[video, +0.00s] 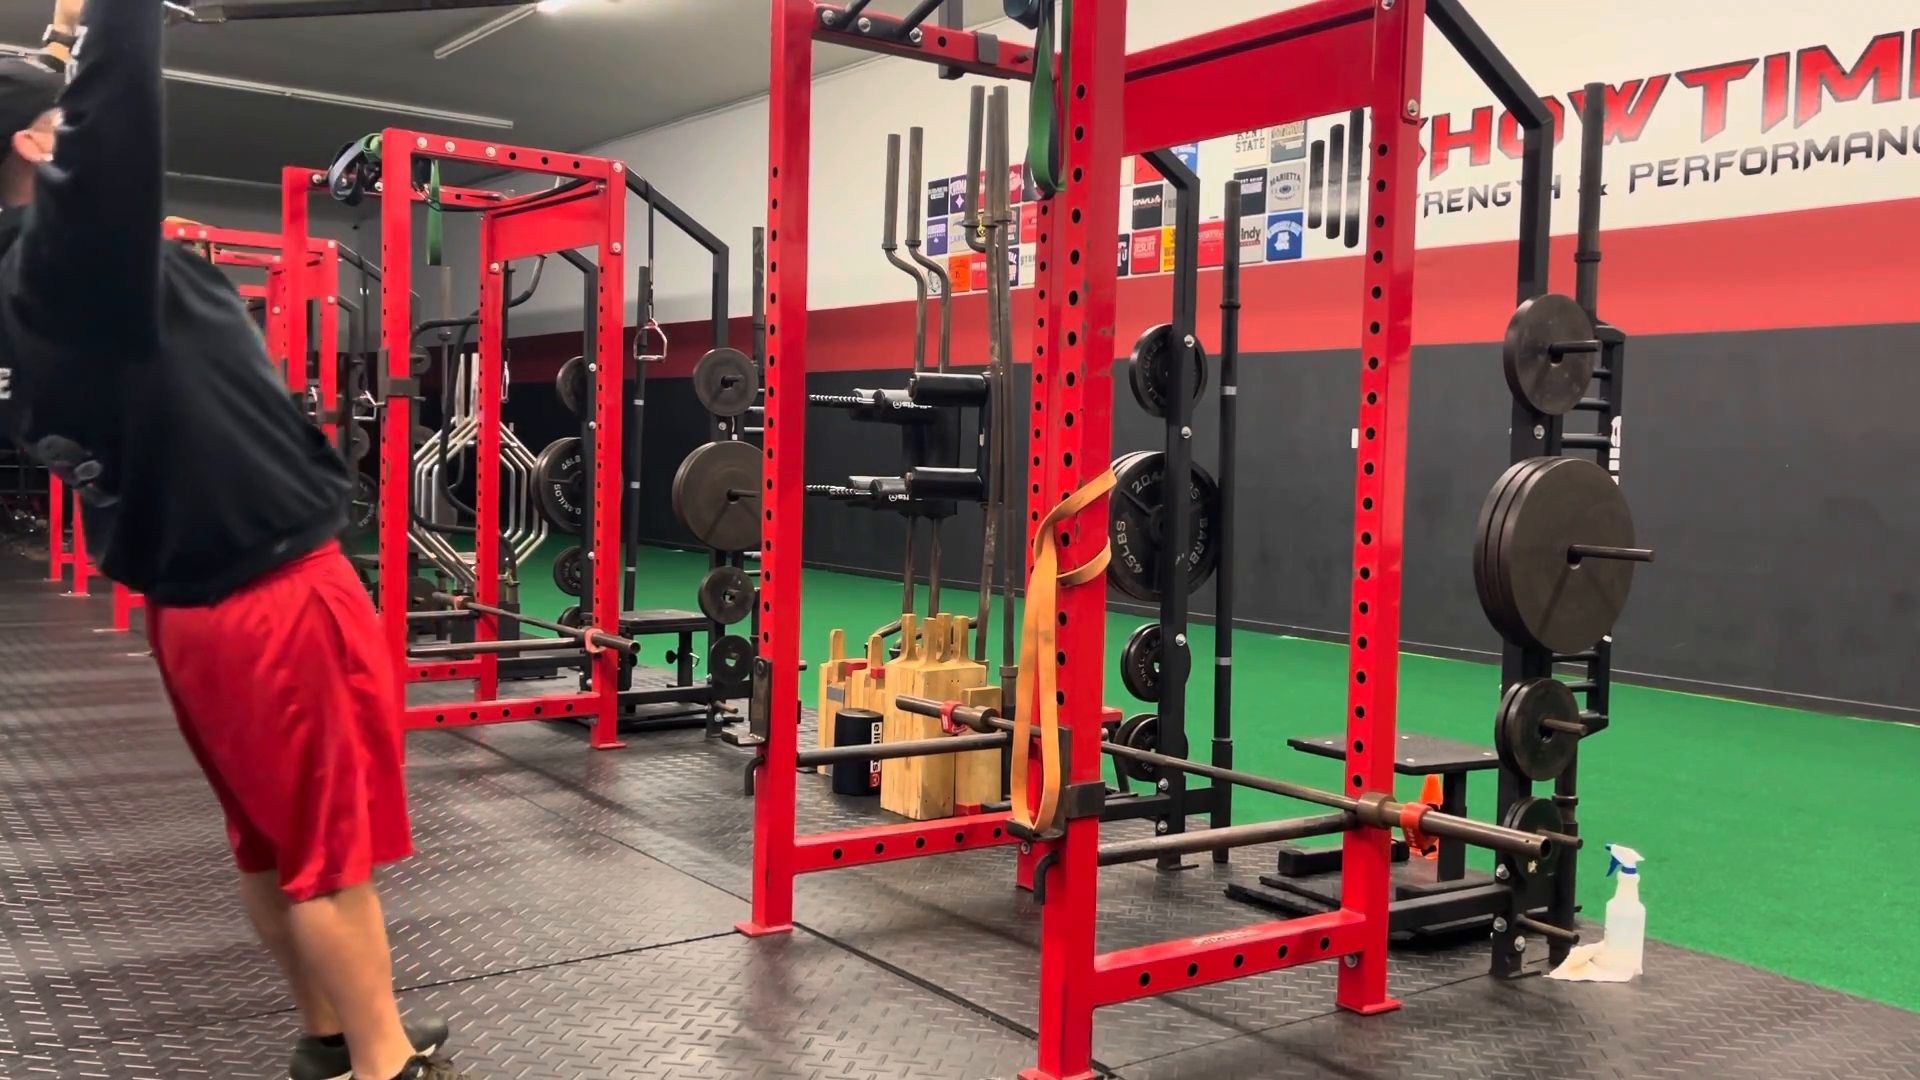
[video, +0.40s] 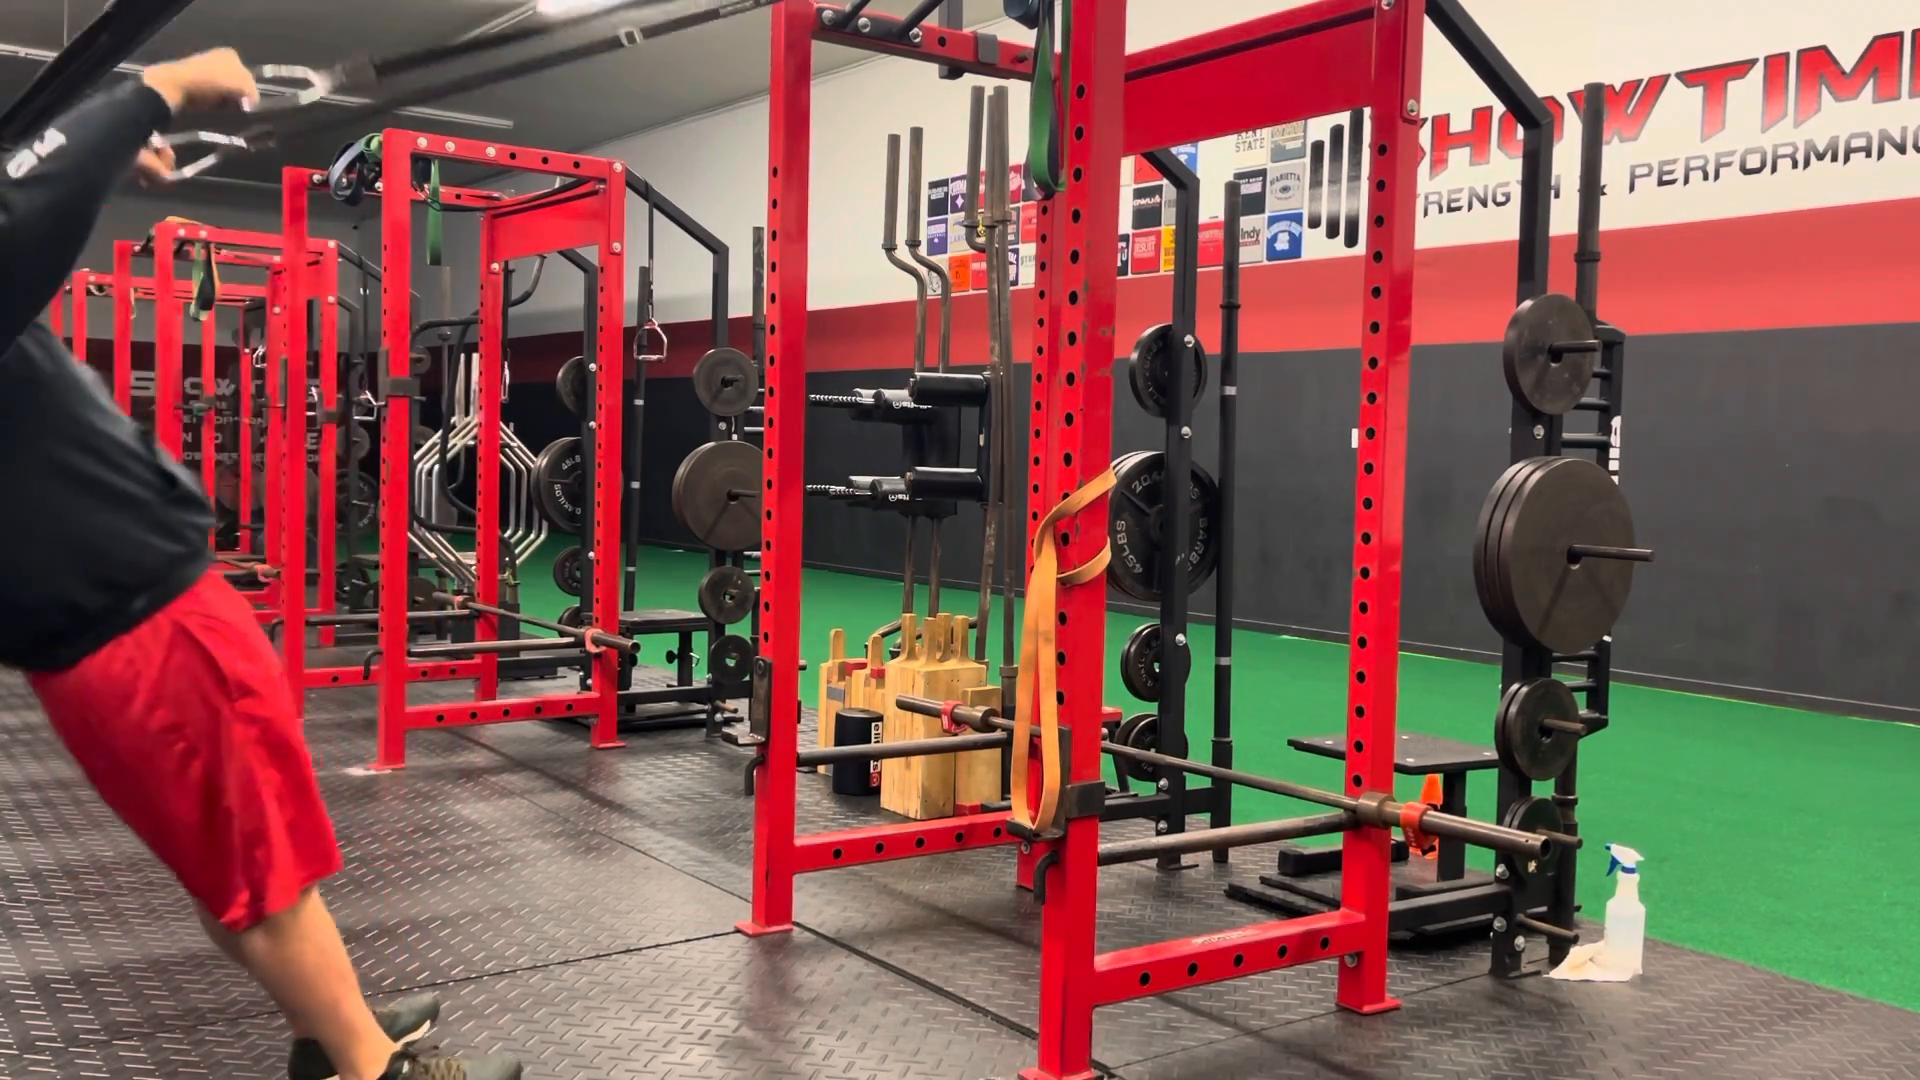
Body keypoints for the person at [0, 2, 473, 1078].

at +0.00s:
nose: (79, 132)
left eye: (74, 117)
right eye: (59, 121)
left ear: (29, 147)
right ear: (31, 148)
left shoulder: (37, 277)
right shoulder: (76, 263)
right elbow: (121, 88)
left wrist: (75, 35)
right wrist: (101, 7)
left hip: (201, 611)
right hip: (269, 606)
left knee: (275, 845)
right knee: (333, 858)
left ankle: (329, 1033)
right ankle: (386, 1061)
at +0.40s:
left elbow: (21, 225)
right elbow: (34, 205)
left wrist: (100, 159)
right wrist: (155, 87)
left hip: (89, 617)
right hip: (131, 610)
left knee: (238, 855)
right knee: (263, 866)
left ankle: (342, 1036)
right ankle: (370, 1064)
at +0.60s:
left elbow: (23, 309)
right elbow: (18, 321)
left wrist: (189, 218)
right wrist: (190, 215)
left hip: (52, 617)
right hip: (52, 622)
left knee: (201, 840)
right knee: (215, 865)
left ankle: (329, 1030)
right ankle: (362, 1063)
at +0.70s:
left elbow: (24, 322)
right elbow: (24, 332)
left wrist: (188, 236)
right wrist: (196, 234)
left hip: (41, 633)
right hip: (41, 639)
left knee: (191, 847)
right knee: (203, 872)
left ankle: (324, 1028)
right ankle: (359, 1064)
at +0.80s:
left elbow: (22, 320)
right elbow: (23, 327)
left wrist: (169, 251)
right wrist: (191, 232)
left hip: (37, 630)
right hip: (32, 638)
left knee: (189, 840)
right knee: (199, 867)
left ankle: (320, 1025)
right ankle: (359, 1065)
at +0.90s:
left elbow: (27, 307)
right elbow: (27, 314)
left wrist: (180, 234)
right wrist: (190, 223)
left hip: (39, 636)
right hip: (39, 645)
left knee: (191, 848)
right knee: (208, 881)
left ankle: (321, 1025)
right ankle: (360, 1065)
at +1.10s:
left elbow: (25, 291)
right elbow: (27, 307)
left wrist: (141, 206)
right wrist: (177, 162)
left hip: (72, 622)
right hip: (79, 629)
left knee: (219, 837)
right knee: (237, 860)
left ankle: (329, 1028)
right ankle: (368, 1065)